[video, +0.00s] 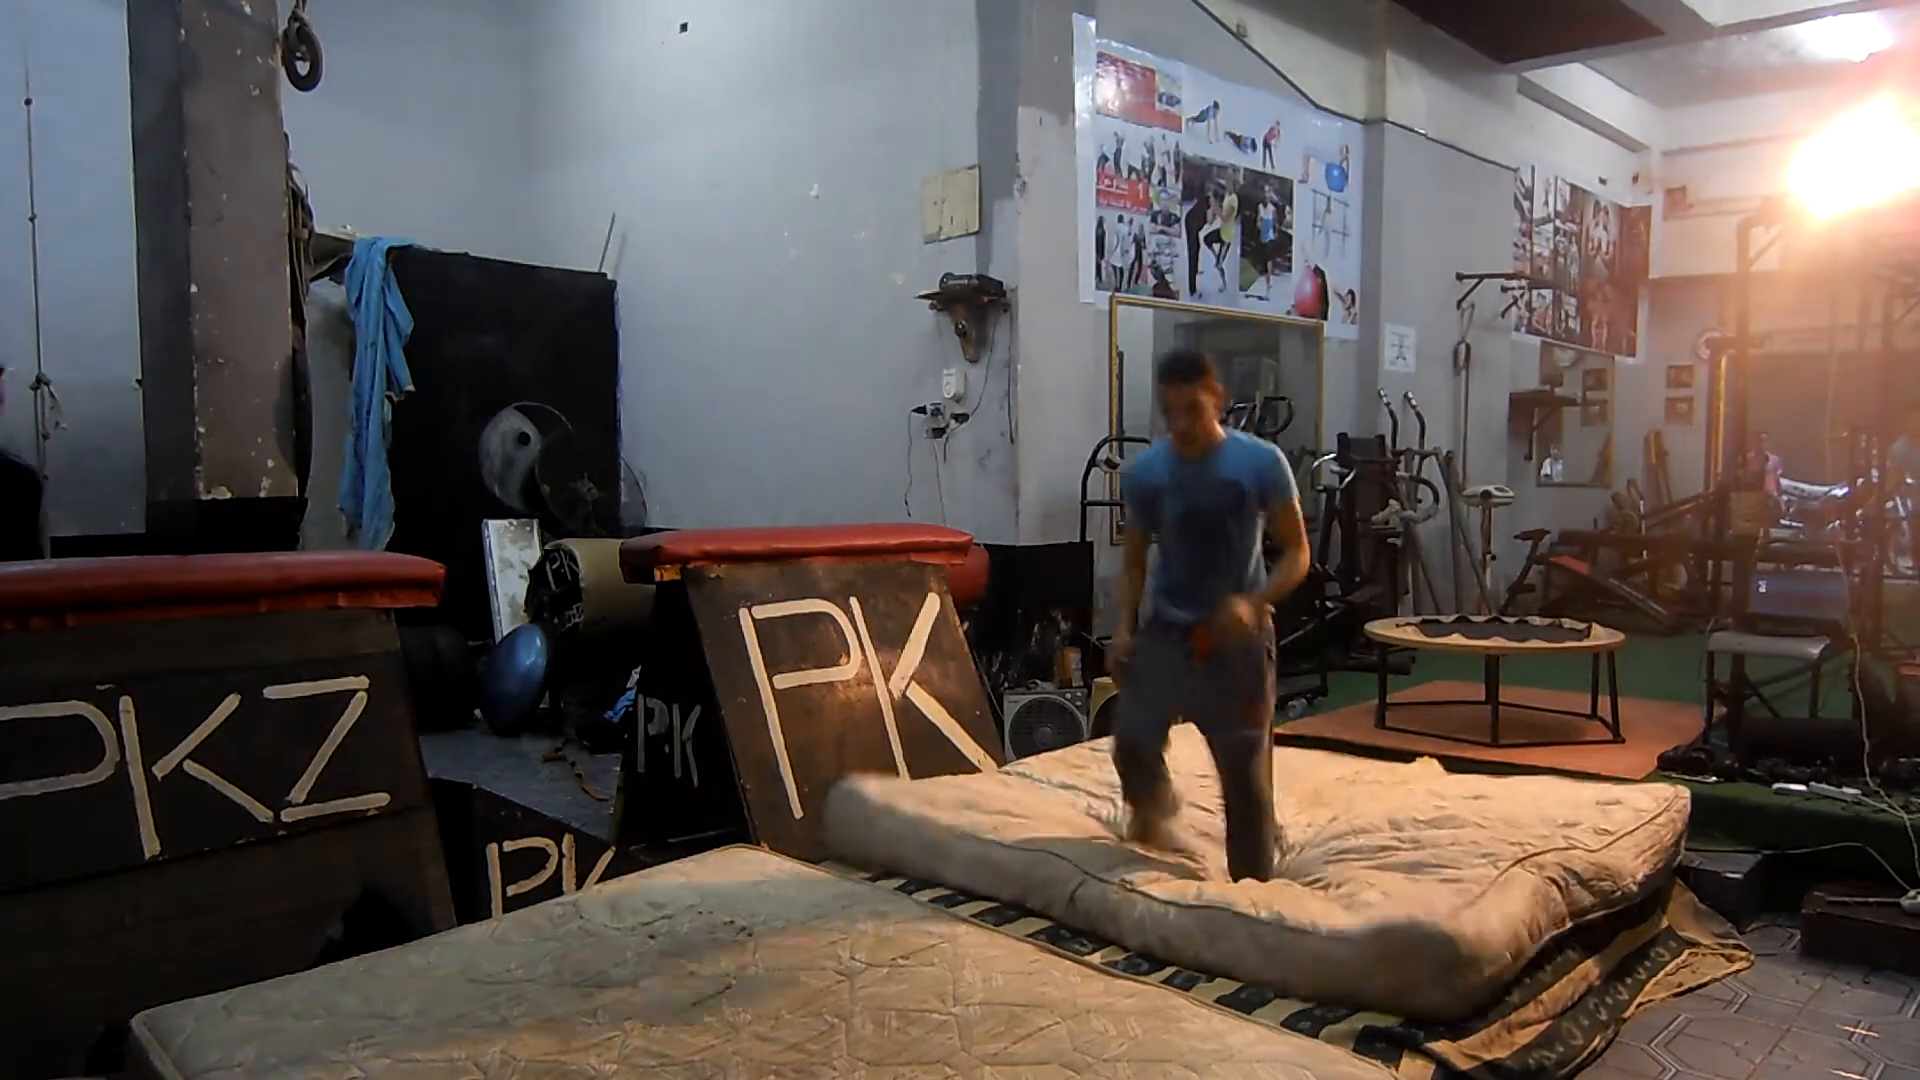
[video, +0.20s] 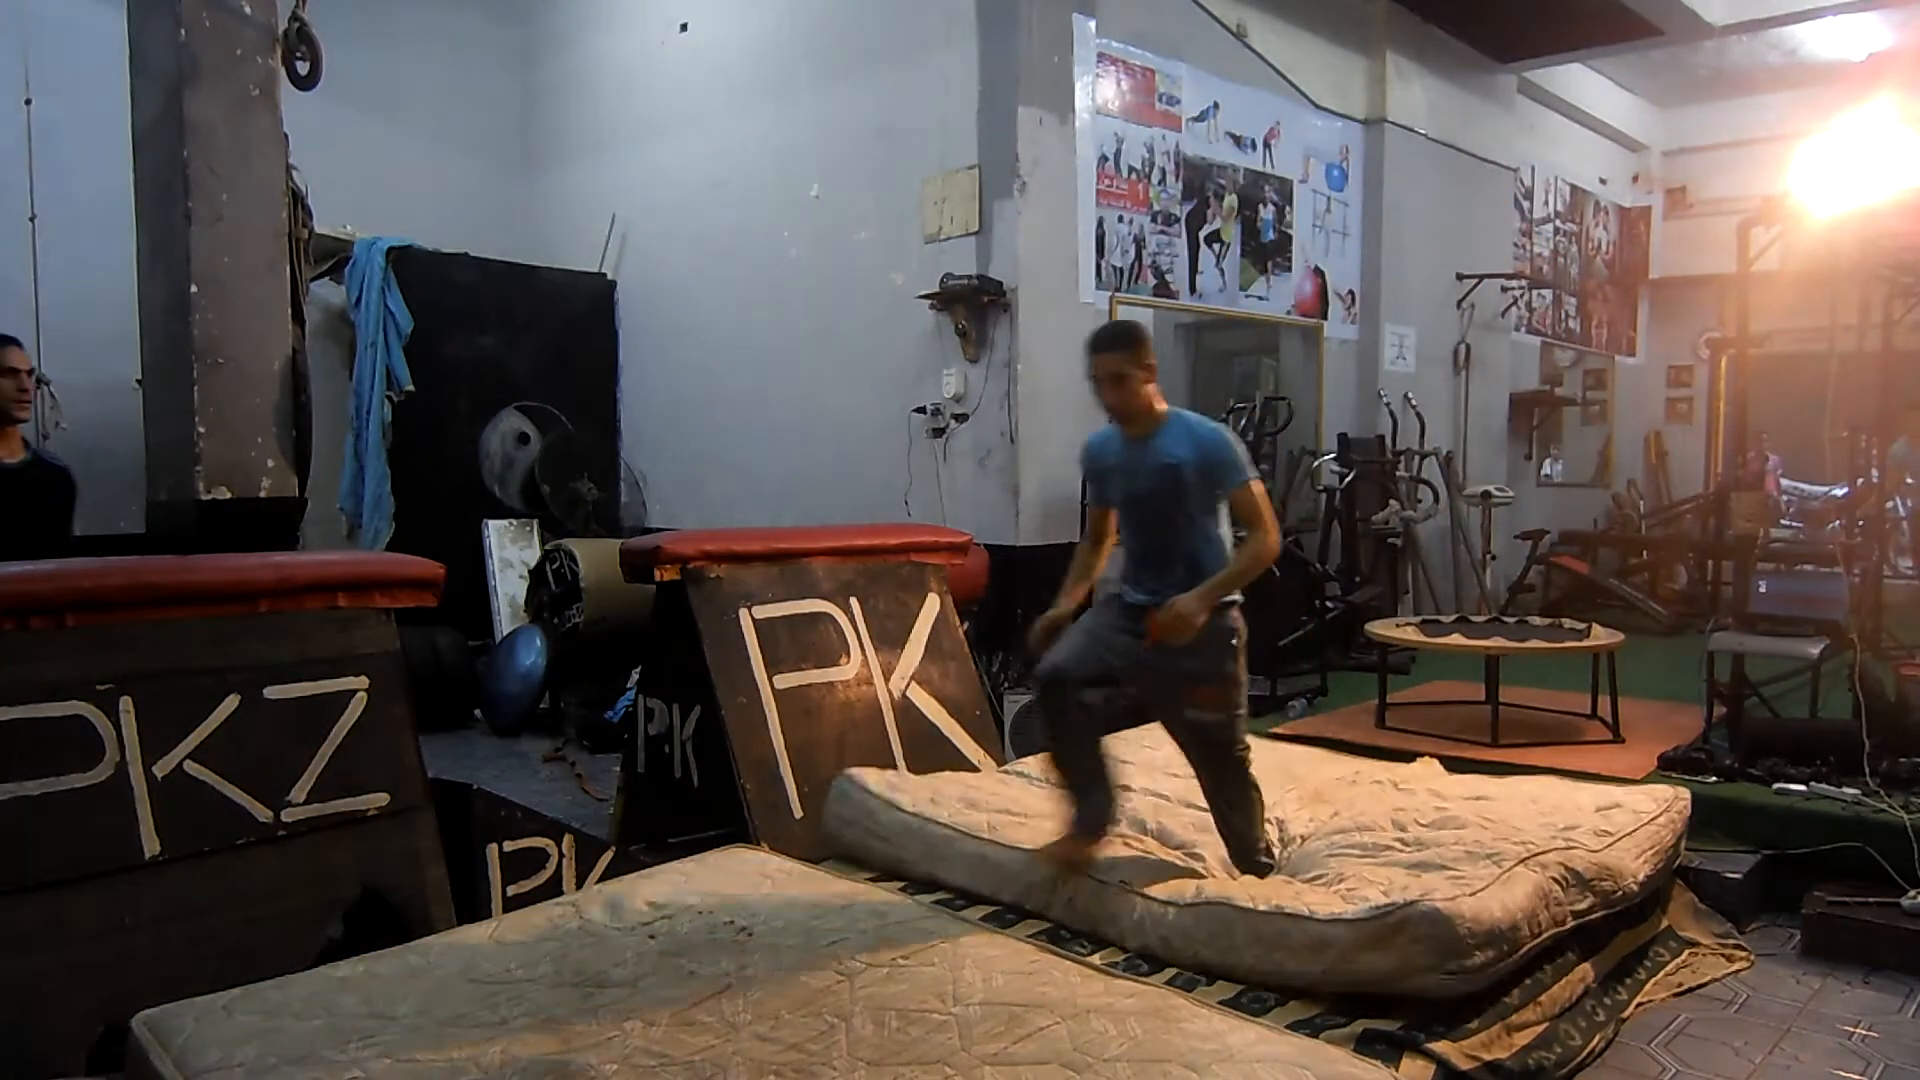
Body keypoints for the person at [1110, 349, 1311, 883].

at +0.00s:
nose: (1180, 424)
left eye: (1192, 409)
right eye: (1171, 411)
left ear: (1218, 400)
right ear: (1160, 408)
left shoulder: (1263, 463)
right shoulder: (1144, 472)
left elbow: (1297, 554)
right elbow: (1134, 561)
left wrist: (1256, 601)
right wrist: (1124, 630)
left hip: (1235, 637)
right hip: (1163, 636)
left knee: (1246, 778)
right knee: (1132, 747)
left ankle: (1253, 897)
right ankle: (1154, 833)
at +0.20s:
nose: (1106, 396)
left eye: (1116, 380)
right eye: (1098, 383)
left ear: (1150, 373)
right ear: (1093, 383)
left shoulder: (1210, 442)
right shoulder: (1101, 452)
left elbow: (1266, 539)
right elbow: (1096, 541)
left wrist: (1202, 598)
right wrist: (1066, 604)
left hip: (1205, 620)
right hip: (1127, 613)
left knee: (1221, 757)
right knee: (1056, 678)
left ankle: (1255, 870)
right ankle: (1092, 817)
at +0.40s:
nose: (1017, 428)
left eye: (1029, 412)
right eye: (1010, 414)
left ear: (1065, 405)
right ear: (1002, 416)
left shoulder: (1123, 480)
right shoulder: (1020, 491)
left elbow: (1189, 575)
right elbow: (1029, 562)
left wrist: (1117, 651)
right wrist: (985, 645)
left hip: (1138, 679)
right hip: (1054, 675)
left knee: (1189, 801)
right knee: (994, 779)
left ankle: (1247, 868)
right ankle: (971, 942)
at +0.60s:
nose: (917, 448)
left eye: (929, 429)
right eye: (906, 433)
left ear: (967, 423)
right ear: (898, 438)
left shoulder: (1029, 501)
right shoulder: (919, 516)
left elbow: (1106, 601)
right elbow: (913, 622)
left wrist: (1100, 721)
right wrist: (879, 699)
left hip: (1047, 707)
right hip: (973, 701)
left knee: (1043, 881)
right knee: (924, 843)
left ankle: (1141, 828)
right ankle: (958, 997)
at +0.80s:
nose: (879, 359)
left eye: (892, 342)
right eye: (864, 347)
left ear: (926, 342)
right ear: (852, 359)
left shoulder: (992, 433)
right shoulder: (852, 452)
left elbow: (1067, 536)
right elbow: (835, 551)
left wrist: (1087, 652)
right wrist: (822, 611)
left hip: (990, 644)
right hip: (913, 648)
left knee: (910, 788)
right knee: (898, 800)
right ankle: (970, 935)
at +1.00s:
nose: (840, 305)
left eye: (858, 287)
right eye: (824, 290)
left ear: (897, 293)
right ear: (809, 301)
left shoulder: (955, 405)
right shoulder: (794, 412)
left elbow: (1021, 539)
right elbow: (764, 536)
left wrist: (1023, 679)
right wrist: (750, 643)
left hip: (910, 663)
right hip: (820, 658)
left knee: (847, 880)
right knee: (796, 861)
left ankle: (810, 1065)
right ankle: (904, 877)